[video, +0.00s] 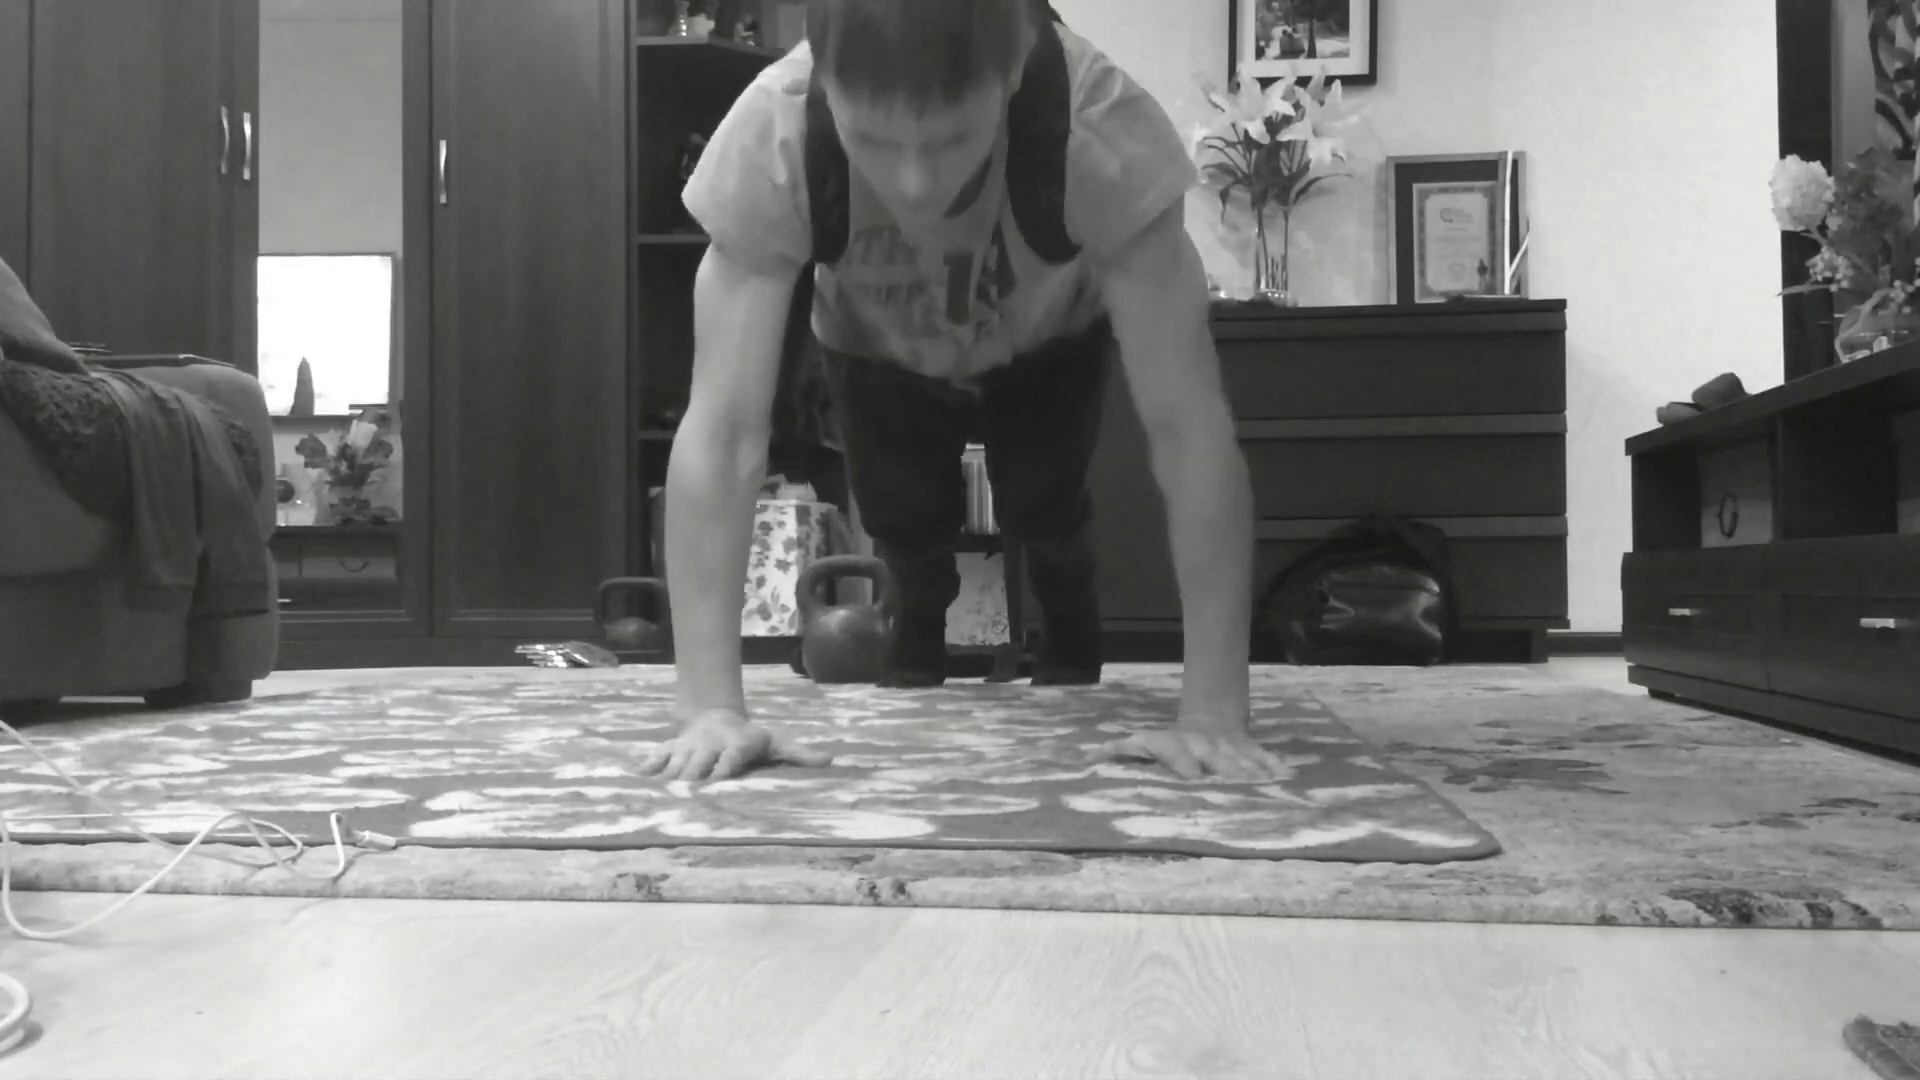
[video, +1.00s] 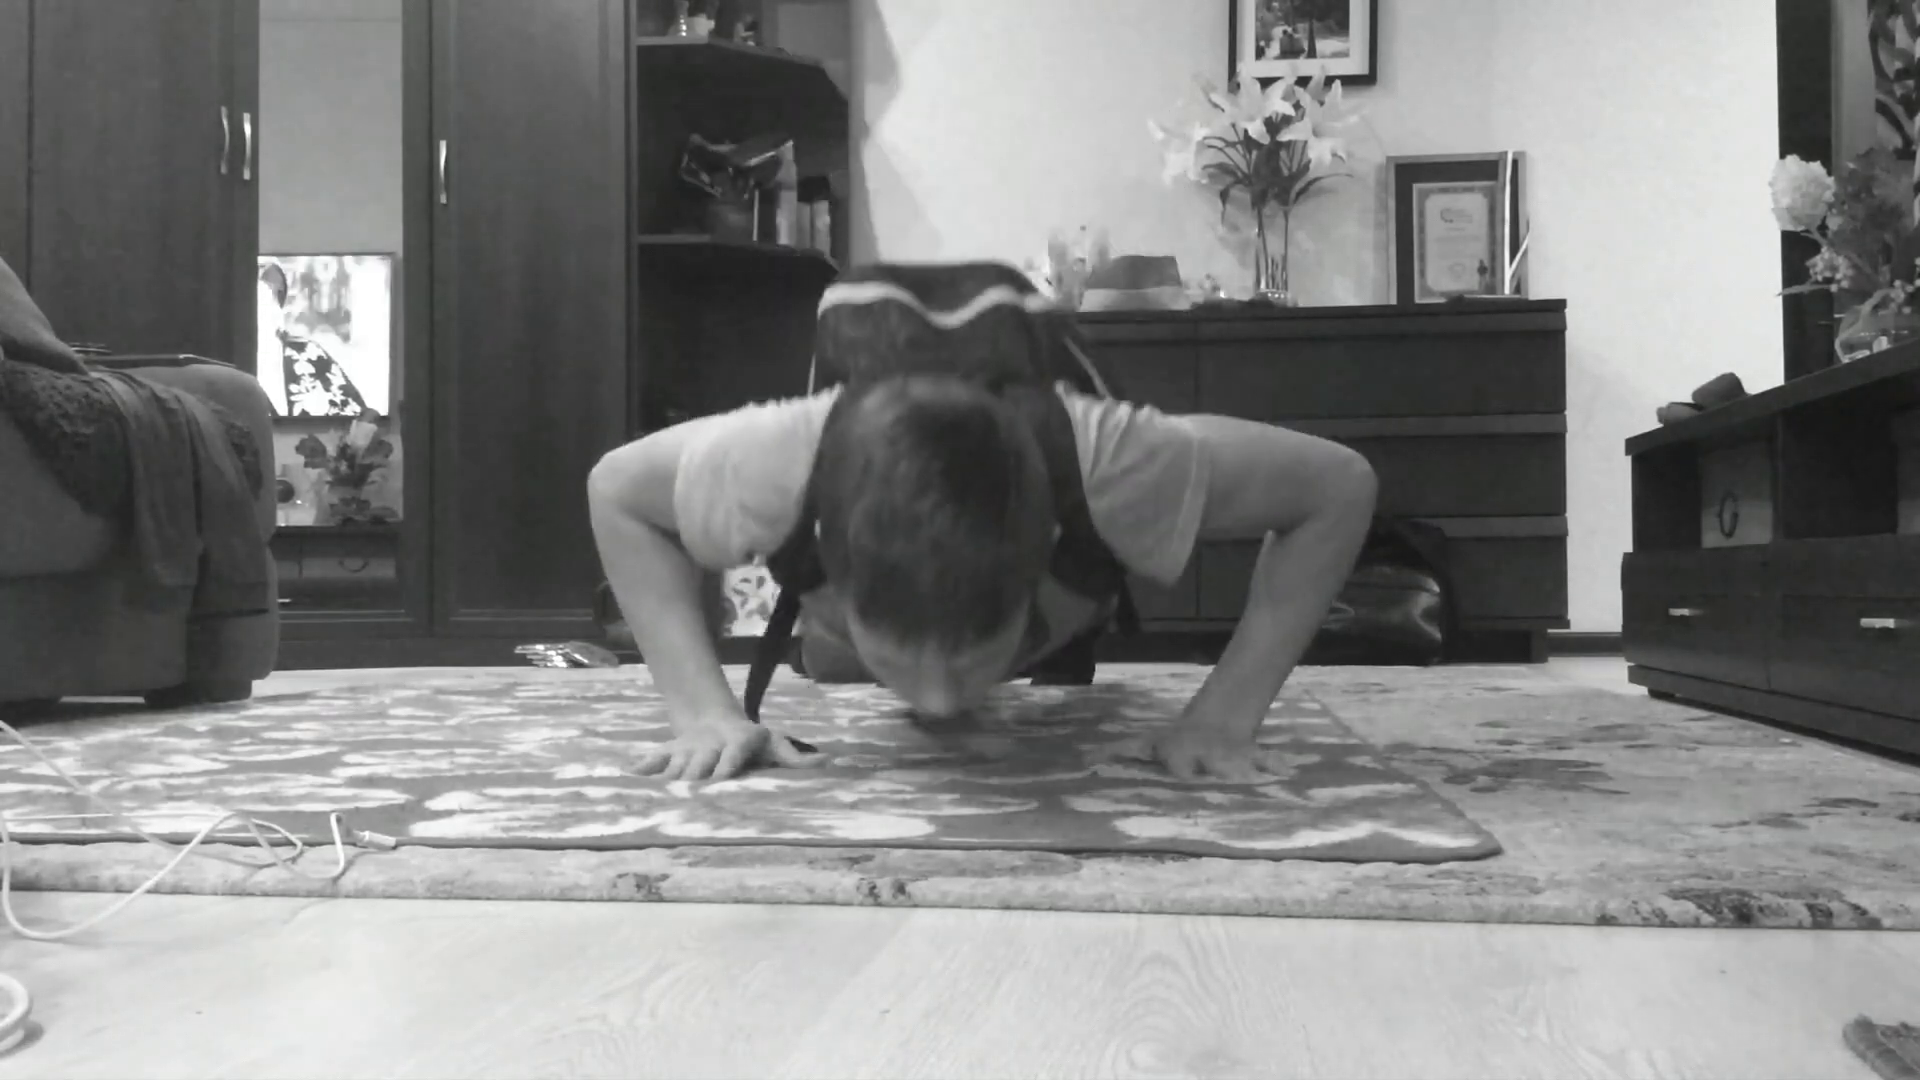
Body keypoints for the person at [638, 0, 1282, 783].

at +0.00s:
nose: (915, 182)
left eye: (950, 144)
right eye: (876, 144)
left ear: (1012, 78)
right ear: (831, 93)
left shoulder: (1103, 142)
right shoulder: (774, 147)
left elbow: (1193, 431)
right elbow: (719, 438)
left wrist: (1215, 712)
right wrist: (710, 708)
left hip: (1047, 338)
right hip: (876, 343)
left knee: (1049, 524)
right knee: (901, 525)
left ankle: (1069, 667)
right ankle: (914, 613)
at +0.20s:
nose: (921, 285)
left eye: (952, 244)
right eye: (884, 250)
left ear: (1013, 162)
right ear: (830, 180)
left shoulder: (1104, 187)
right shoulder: (763, 196)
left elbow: (1247, 450)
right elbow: (691, 448)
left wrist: (1219, 712)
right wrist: (706, 707)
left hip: (1045, 396)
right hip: (874, 402)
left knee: (1044, 546)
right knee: (902, 554)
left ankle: (1051, 606)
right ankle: (918, 613)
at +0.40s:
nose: (930, 401)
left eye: (962, 363)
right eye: (894, 367)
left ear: (1030, 273)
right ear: (836, 275)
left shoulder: (1107, 253)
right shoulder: (765, 264)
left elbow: (1295, 460)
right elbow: (662, 465)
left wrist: (1228, 707)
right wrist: (705, 708)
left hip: (1047, 468)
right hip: (880, 481)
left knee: (1043, 566)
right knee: (909, 585)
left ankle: (1048, 616)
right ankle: (915, 626)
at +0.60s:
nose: (947, 548)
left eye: (984, 512)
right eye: (901, 523)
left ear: (1049, 398)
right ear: (841, 425)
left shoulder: (1125, 349)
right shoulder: (771, 348)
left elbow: (1323, 476)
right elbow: (644, 477)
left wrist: (1233, 704)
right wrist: (700, 705)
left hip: (1056, 521)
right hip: (883, 544)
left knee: (1045, 587)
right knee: (904, 606)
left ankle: (1048, 627)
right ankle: (918, 632)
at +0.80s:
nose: (944, 643)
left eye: (983, 601)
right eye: (902, 605)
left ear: (1056, 492)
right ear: (832, 498)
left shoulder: (1124, 411)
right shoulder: (771, 413)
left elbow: (1337, 485)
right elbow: (628, 488)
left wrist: (1228, 712)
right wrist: (699, 705)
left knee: (1052, 661)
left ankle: (1042, 652)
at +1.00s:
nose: (937, 703)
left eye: (978, 660)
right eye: (893, 662)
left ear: (1047, 557)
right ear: (829, 561)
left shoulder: (1127, 470)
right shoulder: (759, 475)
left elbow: (1342, 486)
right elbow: (618, 492)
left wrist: (1230, 710)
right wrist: (703, 709)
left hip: (1020, 326)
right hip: (858, 321)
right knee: (824, 660)